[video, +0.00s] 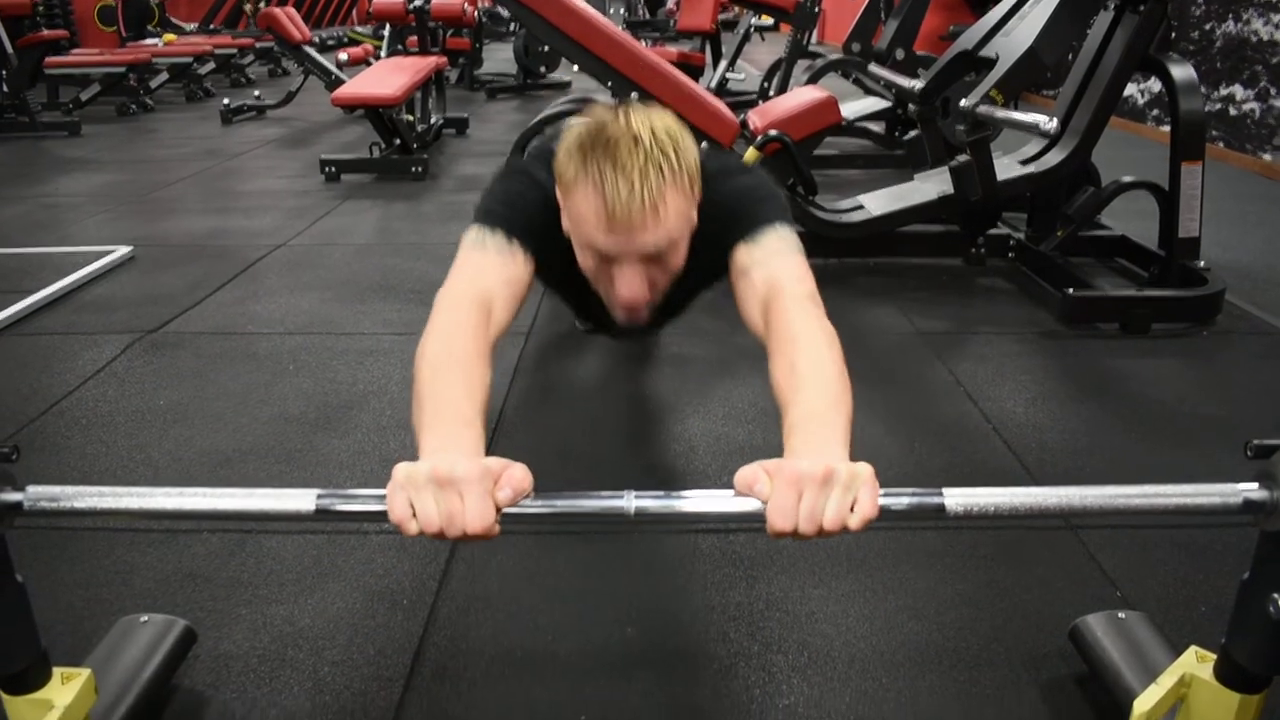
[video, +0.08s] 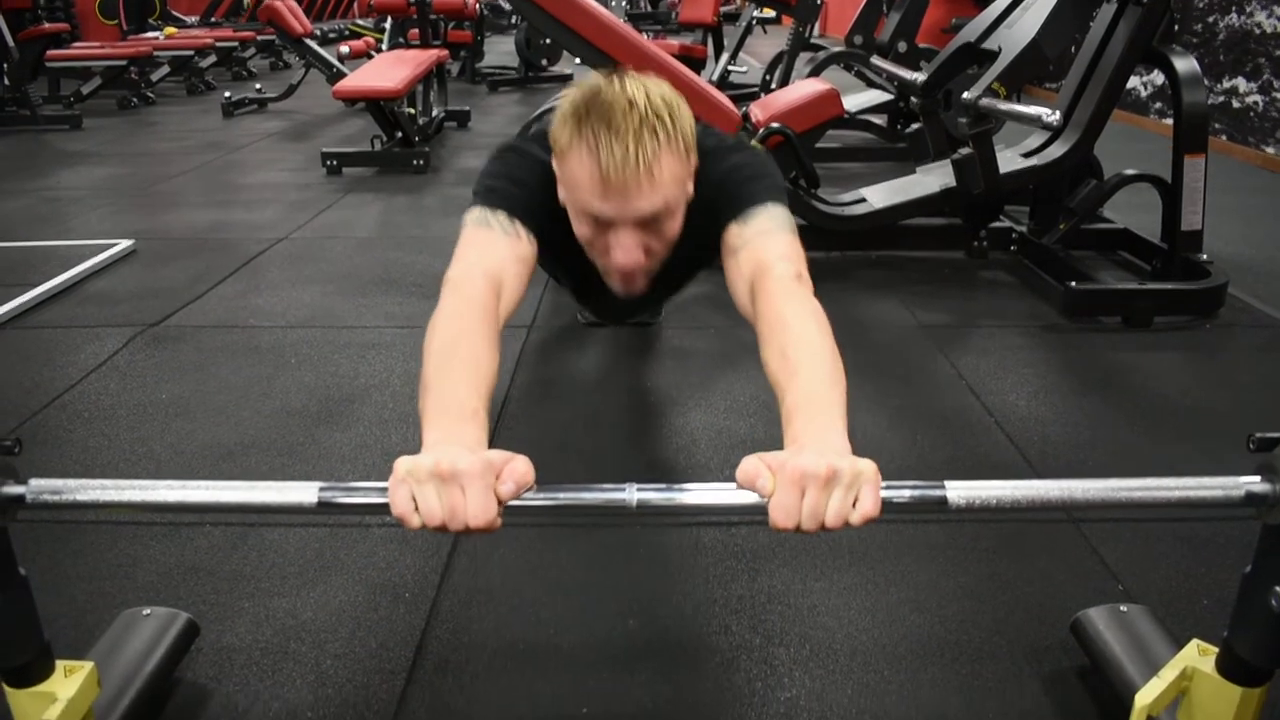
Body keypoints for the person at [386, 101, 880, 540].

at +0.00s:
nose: (630, 292)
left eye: (657, 258)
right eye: (604, 258)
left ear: (691, 209)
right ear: (565, 214)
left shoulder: (736, 188)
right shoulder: (532, 182)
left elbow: (793, 312)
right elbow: (462, 314)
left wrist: (817, 456)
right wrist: (448, 456)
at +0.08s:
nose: (626, 252)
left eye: (651, 223)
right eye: (599, 224)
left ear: (688, 178)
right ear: (561, 183)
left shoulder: (734, 167)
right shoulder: (525, 170)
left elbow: (779, 287)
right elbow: (471, 296)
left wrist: (819, 448)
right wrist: (452, 450)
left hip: (675, 284)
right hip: (578, 289)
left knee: (651, 302)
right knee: (600, 301)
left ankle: (645, 313)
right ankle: (598, 309)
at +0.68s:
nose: (621, 189)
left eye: (649, 156)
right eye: (591, 158)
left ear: (686, 116)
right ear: (555, 125)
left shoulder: (732, 116)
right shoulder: (519, 117)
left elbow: (781, 244)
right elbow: (468, 248)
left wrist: (824, 417)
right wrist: (448, 414)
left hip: (669, 234)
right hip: (574, 232)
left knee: (649, 260)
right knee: (593, 256)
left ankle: (642, 274)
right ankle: (603, 269)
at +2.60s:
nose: (617, 262)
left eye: (642, 230)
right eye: (586, 232)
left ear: (677, 165)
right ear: (546, 169)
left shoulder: (727, 141)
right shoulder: (507, 141)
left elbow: (816, 298)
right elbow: (433, 296)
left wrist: (822, 408)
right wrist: (438, 409)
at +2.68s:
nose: (620, 298)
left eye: (647, 268)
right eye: (592, 270)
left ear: (682, 195)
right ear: (551, 204)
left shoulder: (736, 176)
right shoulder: (509, 172)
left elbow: (811, 333)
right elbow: (435, 328)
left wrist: (822, 407)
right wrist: (440, 411)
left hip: (669, 84)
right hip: (546, 83)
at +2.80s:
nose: (624, 365)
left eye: (650, 337)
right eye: (598, 339)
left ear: (687, 262)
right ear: (555, 271)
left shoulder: (734, 219)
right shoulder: (511, 223)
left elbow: (816, 394)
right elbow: (434, 396)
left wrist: (816, 426)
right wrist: (439, 422)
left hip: (673, 112)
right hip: (557, 110)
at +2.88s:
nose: (627, 409)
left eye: (651, 380)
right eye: (600, 382)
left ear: (691, 300)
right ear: (558, 318)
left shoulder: (739, 258)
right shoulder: (516, 256)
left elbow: (837, 501)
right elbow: (433, 498)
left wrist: (818, 458)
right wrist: (443, 452)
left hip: (674, 132)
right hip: (556, 133)